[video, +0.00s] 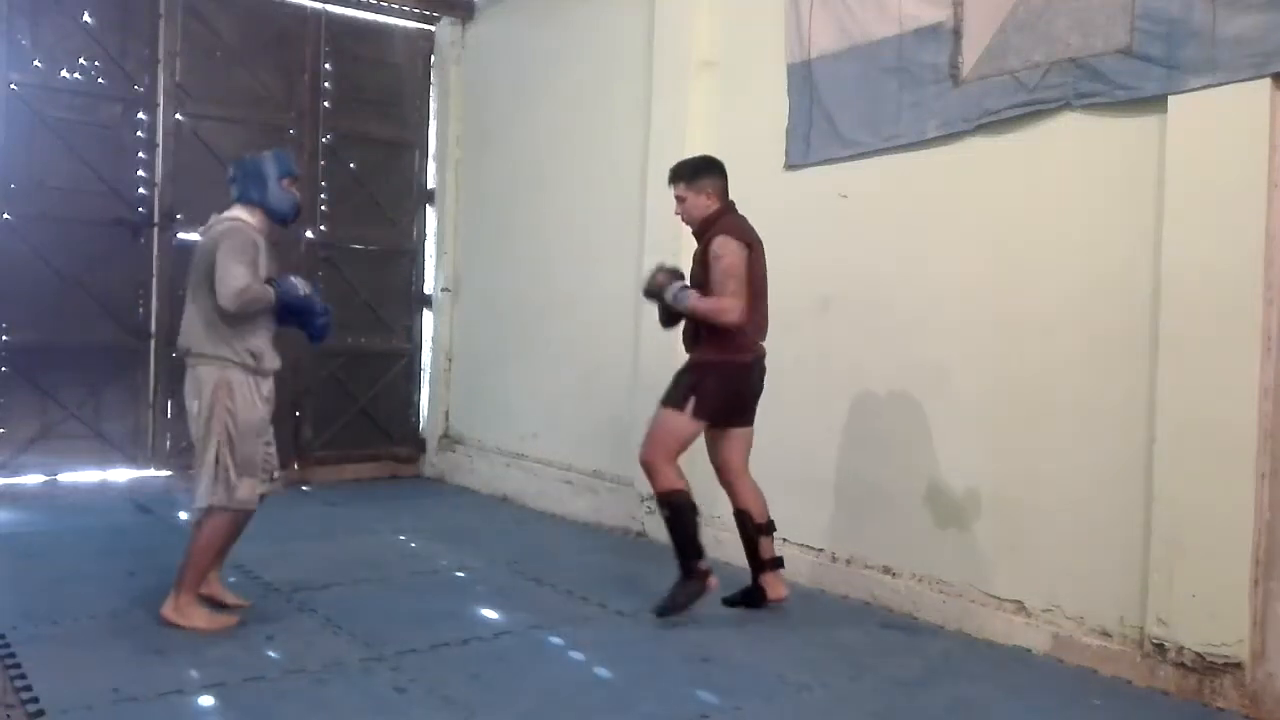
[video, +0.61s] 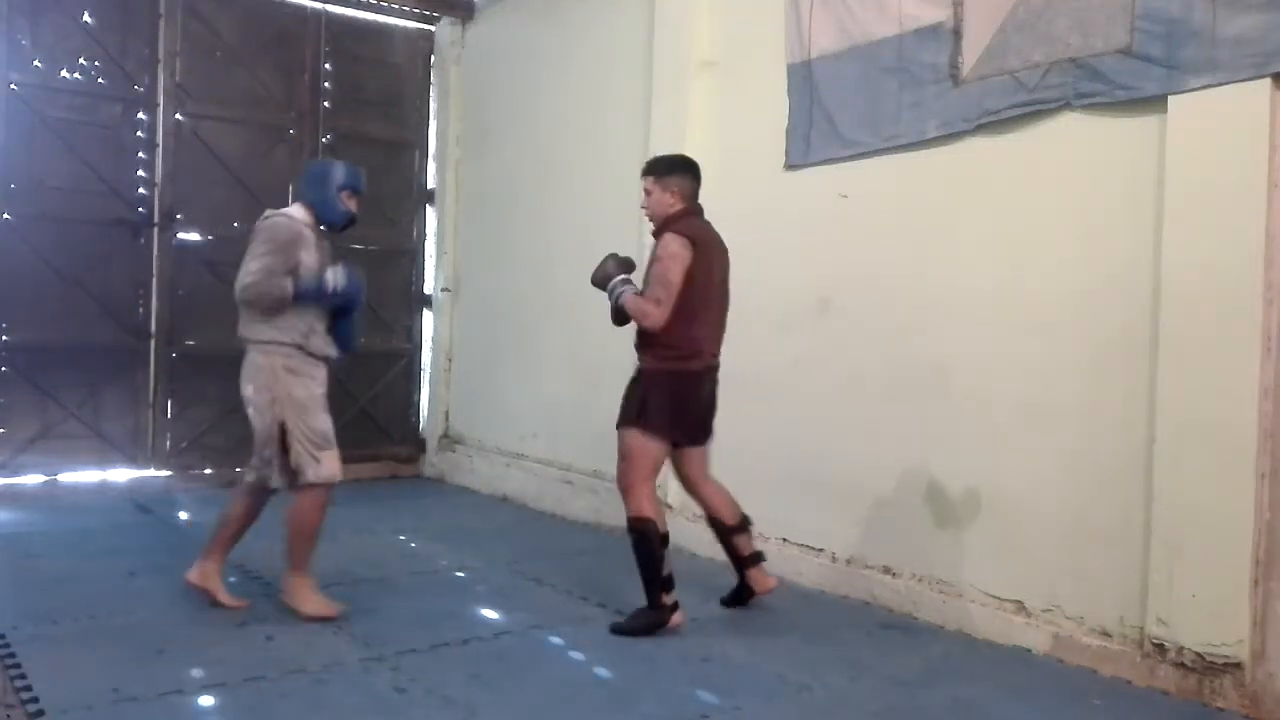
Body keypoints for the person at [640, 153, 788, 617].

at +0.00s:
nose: (677, 210)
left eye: (682, 200)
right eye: (676, 201)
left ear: (709, 196)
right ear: (710, 197)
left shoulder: (724, 240)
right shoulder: (736, 232)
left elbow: (731, 311)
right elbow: (731, 302)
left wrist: (679, 295)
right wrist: (685, 301)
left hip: (713, 368)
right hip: (743, 368)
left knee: (657, 457)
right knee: (733, 471)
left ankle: (694, 571)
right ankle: (769, 579)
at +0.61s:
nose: (643, 203)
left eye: (648, 193)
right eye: (643, 193)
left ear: (675, 194)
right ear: (682, 196)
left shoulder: (675, 240)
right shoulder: (709, 238)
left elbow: (652, 315)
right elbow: (693, 309)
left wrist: (620, 289)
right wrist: (639, 303)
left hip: (662, 380)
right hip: (698, 379)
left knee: (635, 483)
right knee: (697, 478)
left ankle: (661, 603)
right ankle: (754, 575)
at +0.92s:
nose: (635, 203)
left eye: (641, 195)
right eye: (636, 194)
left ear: (663, 196)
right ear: (678, 198)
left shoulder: (647, 243)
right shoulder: (709, 250)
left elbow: (577, 283)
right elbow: (718, 322)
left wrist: (545, 240)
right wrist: (668, 294)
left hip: (641, 381)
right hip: (676, 383)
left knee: (618, 488)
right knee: (622, 486)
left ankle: (668, 595)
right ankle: (619, 600)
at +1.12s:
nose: (658, 204)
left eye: (662, 196)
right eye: (659, 195)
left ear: (684, 195)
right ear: (702, 197)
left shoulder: (667, 234)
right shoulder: (730, 257)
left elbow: (604, 277)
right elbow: (710, 328)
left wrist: (522, 303)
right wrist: (651, 315)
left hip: (620, 354)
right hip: (664, 379)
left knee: (515, 358)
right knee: (624, 477)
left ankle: (491, 466)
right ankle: (621, 602)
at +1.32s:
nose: (666, 205)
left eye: (671, 197)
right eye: (668, 196)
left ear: (693, 202)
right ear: (708, 204)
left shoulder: (673, 239)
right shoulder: (734, 265)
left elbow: (641, 300)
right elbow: (713, 336)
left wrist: (597, 369)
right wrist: (660, 306)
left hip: (612, 344)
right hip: (652, 378)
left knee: (506, 332)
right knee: (615, 479)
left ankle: (404, 332)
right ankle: (618, 601)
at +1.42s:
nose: (672, 205)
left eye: (677, 198)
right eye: (674, 197)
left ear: (696, 200)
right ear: (717, 203)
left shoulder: (678, 238)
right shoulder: (736, 263)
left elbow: (650, 301)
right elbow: (725, 343)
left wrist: (599, 363)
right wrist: (668, 317)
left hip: (621, 351)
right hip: (661, 381)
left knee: (514, 355)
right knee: (622, 479)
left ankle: (435, 392)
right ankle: (619, 602)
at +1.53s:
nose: (679, 203)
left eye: (683, 195)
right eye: (681, 195)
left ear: (699, 197)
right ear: (726, 201)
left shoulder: (681, 233)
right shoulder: (748, 262)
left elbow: (649, 292)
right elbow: (745, 343)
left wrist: (581, 342)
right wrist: (689, 328)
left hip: (627, 363)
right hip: (674, 388)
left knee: (530, 390)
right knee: (635, 481)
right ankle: (621, 601)